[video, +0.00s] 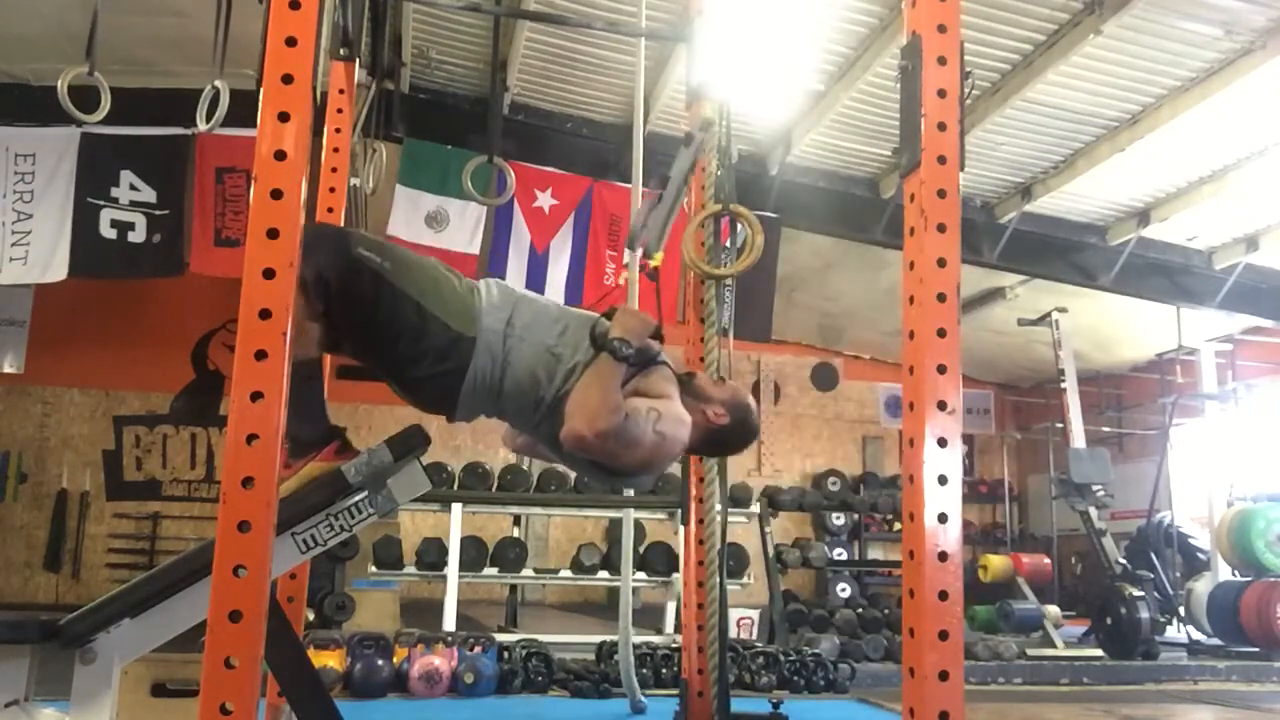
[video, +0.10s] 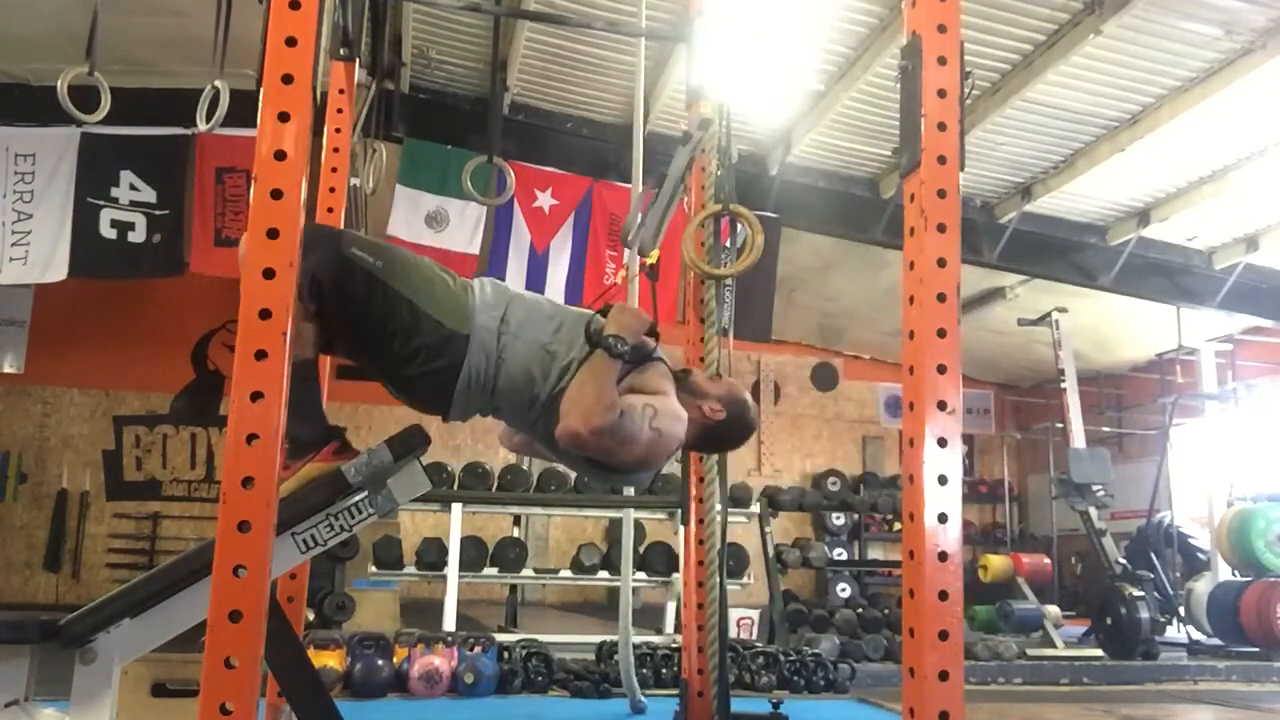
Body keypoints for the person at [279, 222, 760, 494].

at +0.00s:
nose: (718, 375)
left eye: (728, 389)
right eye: (729, 380)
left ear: (716, 418)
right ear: (713, 412)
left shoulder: (669, 428)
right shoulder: (657, 391)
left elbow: (589, 429)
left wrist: (627, 348)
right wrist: (630, 338)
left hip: (467, 344)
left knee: (317, 248)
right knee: (315, 281)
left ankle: (305, 418)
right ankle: (302, 420)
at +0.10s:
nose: (712, 371)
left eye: (723, 384)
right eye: (724, 376)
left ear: (713, 412)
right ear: (711, 413)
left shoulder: (665, 425)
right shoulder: (654, 395)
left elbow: (585, 427)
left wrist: (622, 343)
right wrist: (628, 336)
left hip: (462, 341)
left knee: (310, 249)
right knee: (311, 279)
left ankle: (302, 418)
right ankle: (299, 418)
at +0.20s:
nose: (718, 372)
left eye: (728, 385)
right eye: (729, 378)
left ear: (717, 415)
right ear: (715, 415)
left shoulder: (670, 427)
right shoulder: (658, 397)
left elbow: (589, 428)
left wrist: (623, 342)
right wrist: (625, 333)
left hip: (465, 345)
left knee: (314, 249)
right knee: (315, 297)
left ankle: (299, 415)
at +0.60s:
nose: (802, 427)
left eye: (810, 441)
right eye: (811, 432)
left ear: (803, 464)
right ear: (801, 448)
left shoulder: (758, 470)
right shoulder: (739, 452)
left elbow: (676, 455)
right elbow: (596, 475)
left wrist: (705, 373)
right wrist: (709, 367)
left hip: (561, 367)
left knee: (396, 250)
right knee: (388, 301)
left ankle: (319, 425)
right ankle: (317, 425)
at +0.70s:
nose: (843, 443)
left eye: (852, 458)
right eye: (852, 445)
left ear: (840, 484)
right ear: (835, 447)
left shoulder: (791, 484)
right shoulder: (779, 437)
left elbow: (719, 463)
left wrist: (734, 386)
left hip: (601, 388)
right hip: (603, 359)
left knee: (440, 263)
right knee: (436, 283)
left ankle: (321, 428)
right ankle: (324, 420)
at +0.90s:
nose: (901, 435)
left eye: (915, 447)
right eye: (909, 441)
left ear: (913, 492)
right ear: (911, 453)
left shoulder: (869, 511)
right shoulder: (855, 452)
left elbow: (800, 475)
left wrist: (806, 389)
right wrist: (802, 378)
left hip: (672, 427)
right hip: (677, 388)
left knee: (517, 296)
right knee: (511, 296)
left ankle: (355, 414)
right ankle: (362, 403)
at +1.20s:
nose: (993, 497)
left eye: (1004, 509)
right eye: (1002, 495)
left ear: (996, 540)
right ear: (988, 499)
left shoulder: (943, 550)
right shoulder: (938, 504)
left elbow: (882, 487)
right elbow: (879, 466)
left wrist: (877, 403)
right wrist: (900, 418)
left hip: (761, 467)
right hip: (759, 437)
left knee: (594, 365)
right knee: (583, 366)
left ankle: (403, 413)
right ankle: (407, 410)